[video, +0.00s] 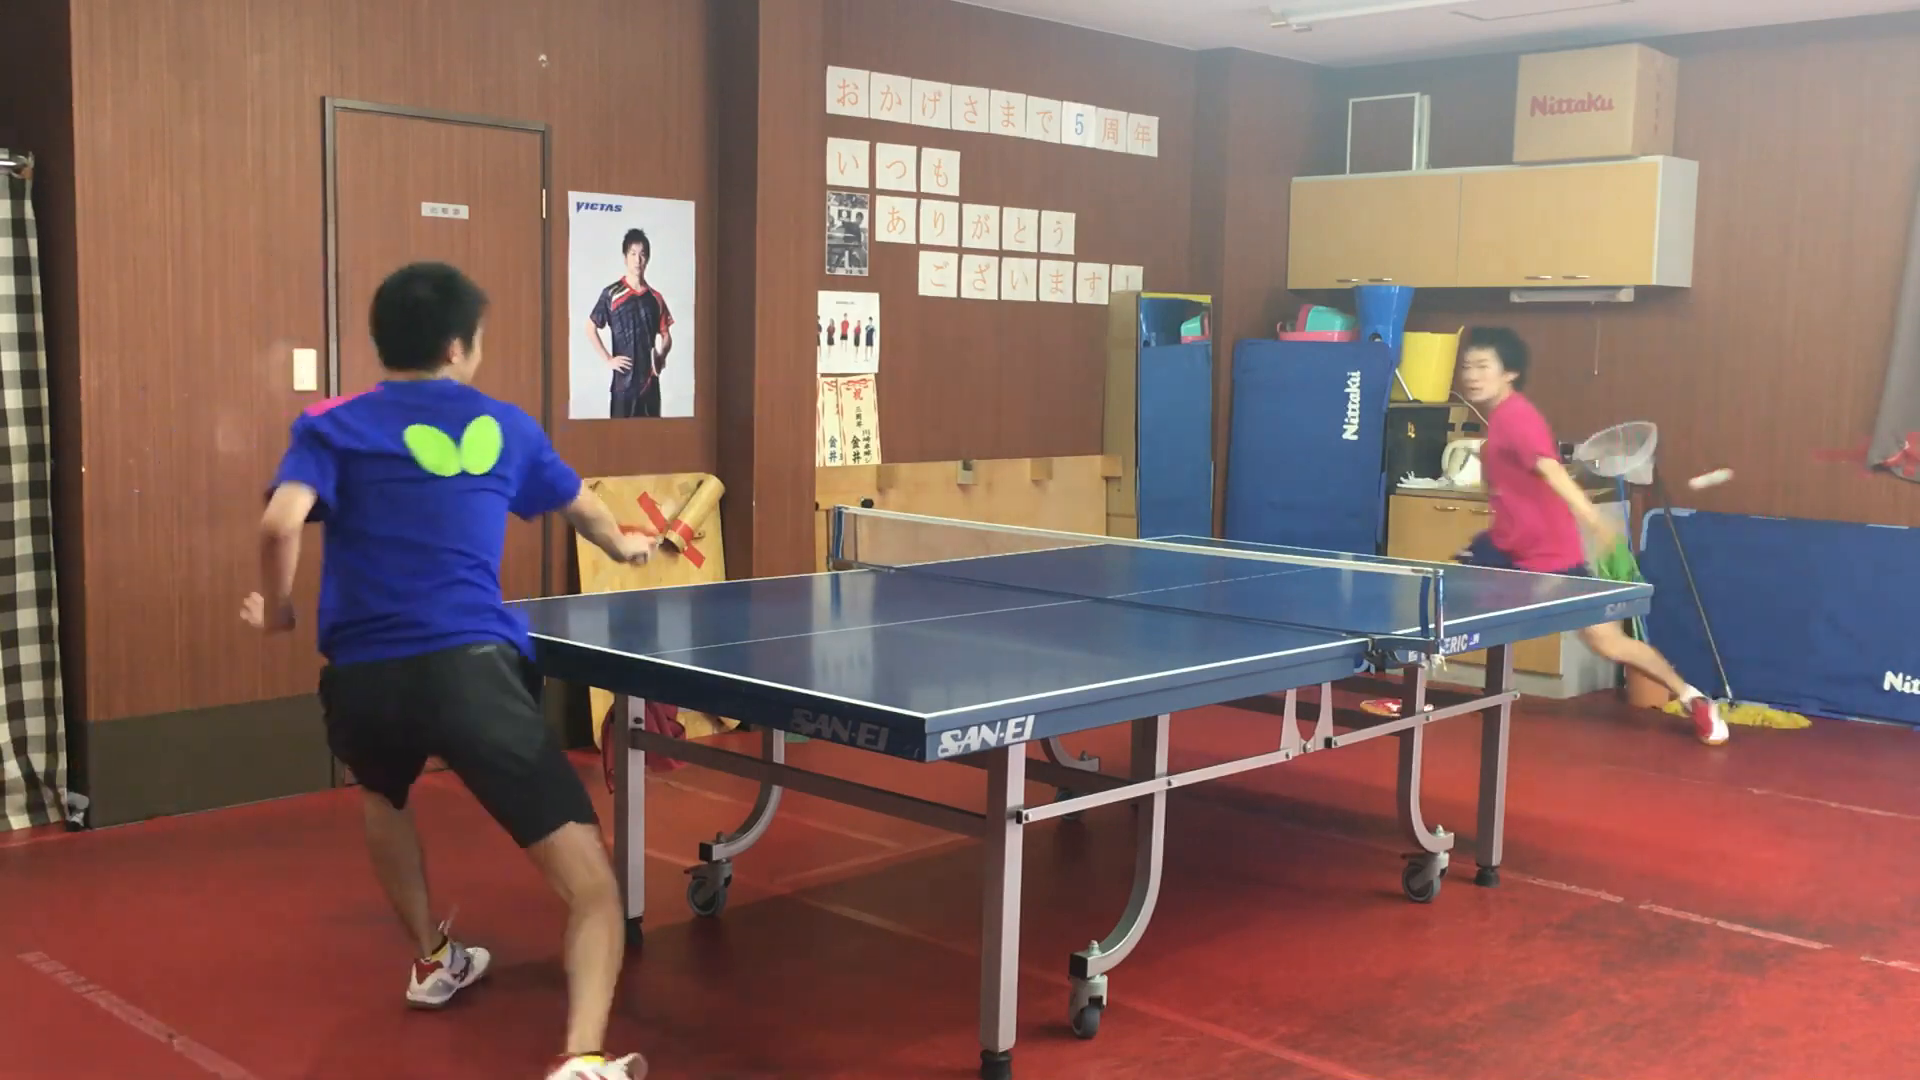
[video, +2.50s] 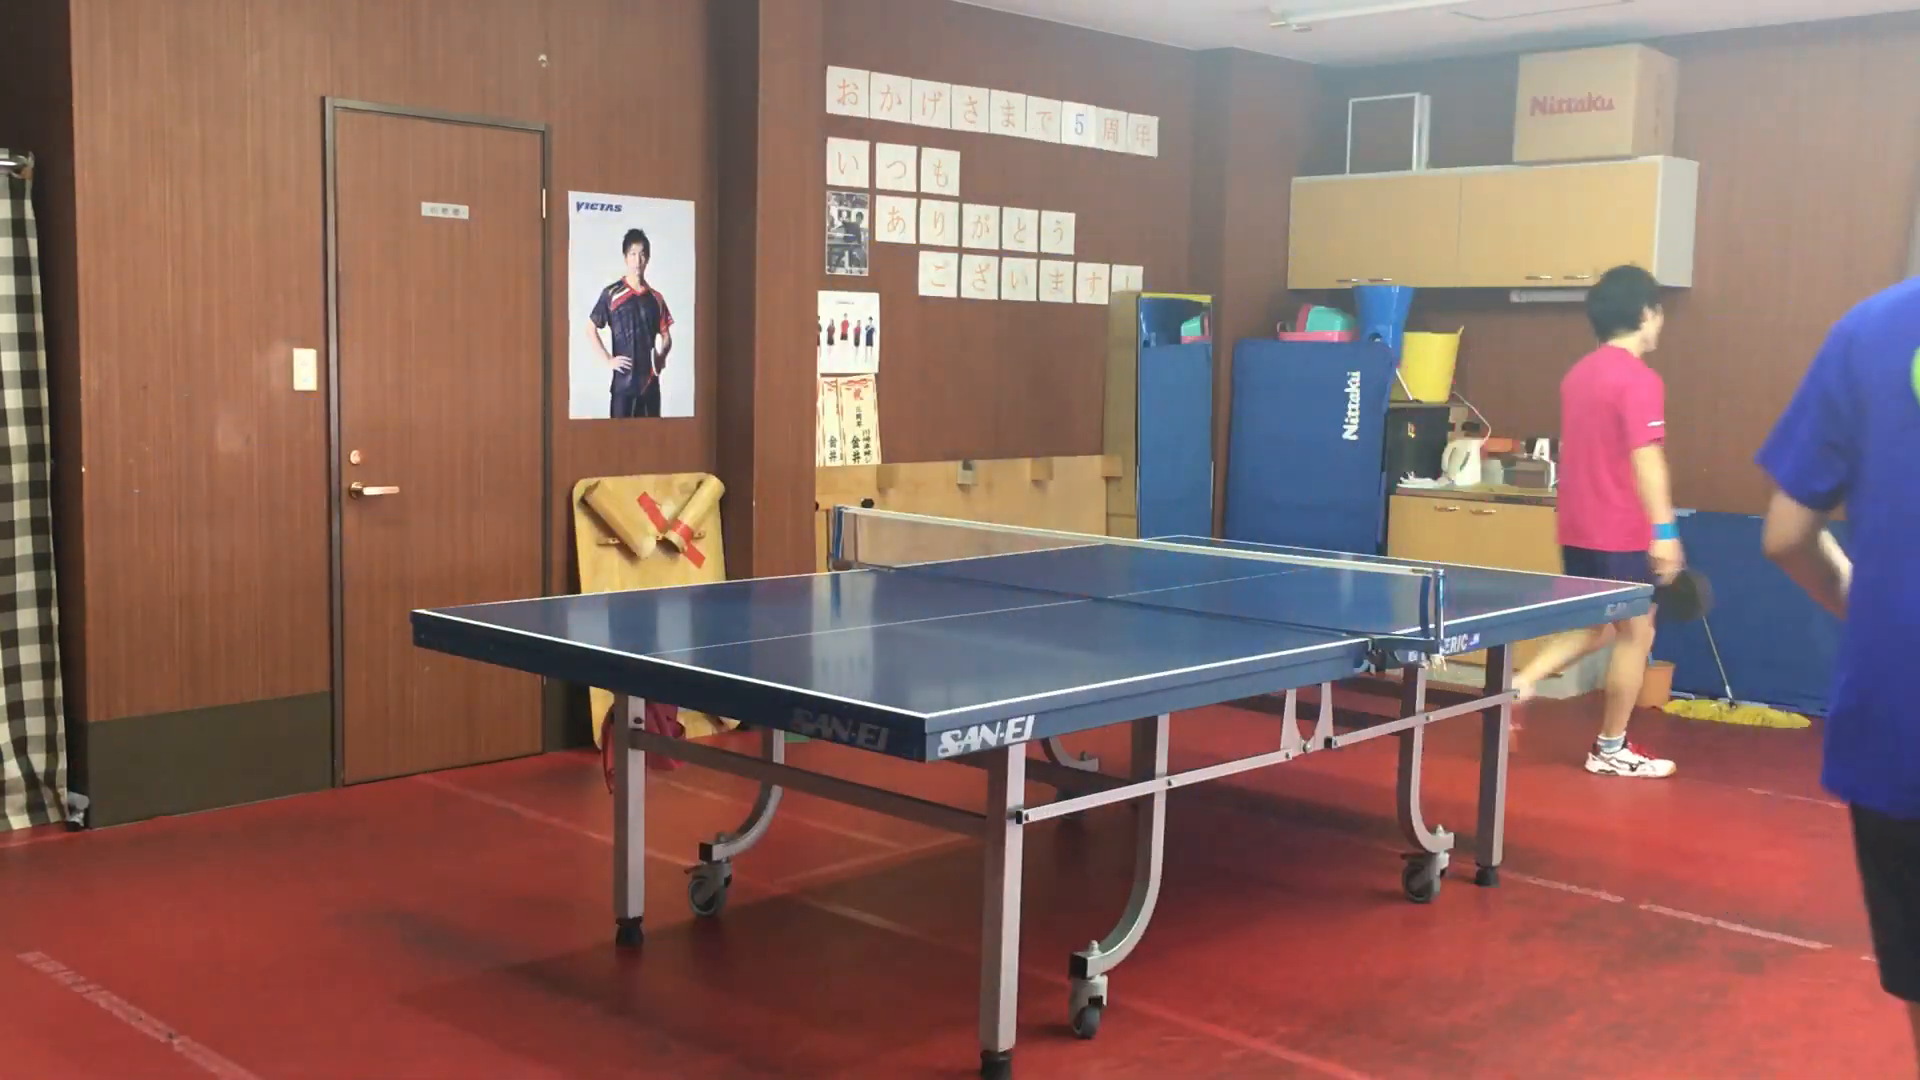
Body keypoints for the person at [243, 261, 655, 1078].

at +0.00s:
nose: (479, 355)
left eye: (477, 341)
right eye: (478, 342)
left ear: (384, 345)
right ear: (460, 347)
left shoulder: (333, 423)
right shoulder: (502, 425)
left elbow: (280, 520)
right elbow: (584, 509)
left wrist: (276, 608)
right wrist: (623, 545)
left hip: (361, 683)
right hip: (471, 675)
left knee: (383, 797)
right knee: (591, 889)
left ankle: (432, 959)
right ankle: (583, 1056)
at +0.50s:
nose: (688, 235)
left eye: (687, 216)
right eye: (681, 216)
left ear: (598, 223)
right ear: (635, 226)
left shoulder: (544, 309)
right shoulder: (619, 322)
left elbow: (547, 456)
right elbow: (550, 461)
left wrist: (653, 478)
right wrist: (628, 592)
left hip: (486, 604)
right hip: (553, 614)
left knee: (465, 813)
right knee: (647, 860)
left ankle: (431, 994)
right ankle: (572, 1068)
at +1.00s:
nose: (948, 236)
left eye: (953, 212)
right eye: (943, 208)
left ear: (882, 208)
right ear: (875, 203)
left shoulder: (885, 352)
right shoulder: (744, 317)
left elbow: (874, 519)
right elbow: (623, 479)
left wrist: (939, 645)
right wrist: (568, 660)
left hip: (830, 702)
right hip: (750, 699)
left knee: (780, 940)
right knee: (831, 997)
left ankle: (598, 1047)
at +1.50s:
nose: (1373, 216)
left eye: (1374, 185)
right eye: (1362, 180)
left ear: (1292, 181)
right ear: (1286, 178)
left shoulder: (1312, 357)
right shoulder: (1149, 334)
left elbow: (1297, 573)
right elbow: (1057, 545)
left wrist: (1350, 741)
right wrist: (1219, 685)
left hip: (1306, 772)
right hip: (1193, 785)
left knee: (1369, 1055)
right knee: (1203, 1058)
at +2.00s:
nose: (1801, 175)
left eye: (1802, 147)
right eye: (1798, 144)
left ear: (1644, 154)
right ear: (1762, 148)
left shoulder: (1602, 307)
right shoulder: (1736, 316)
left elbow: (1644, 544)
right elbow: (1760, 568)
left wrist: (1854, 605)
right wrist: (1894, 617)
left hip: (1614, 776)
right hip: (1729, 798)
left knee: (1649, 1049)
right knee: (1794, 1058)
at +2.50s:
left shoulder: (1875, 332)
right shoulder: (1871, 333)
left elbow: (1786, 535)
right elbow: (1787, 534)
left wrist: (1875, 611)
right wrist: (1877, 612)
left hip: (1893, 724)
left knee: (1917, 996)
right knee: (1912, 993)